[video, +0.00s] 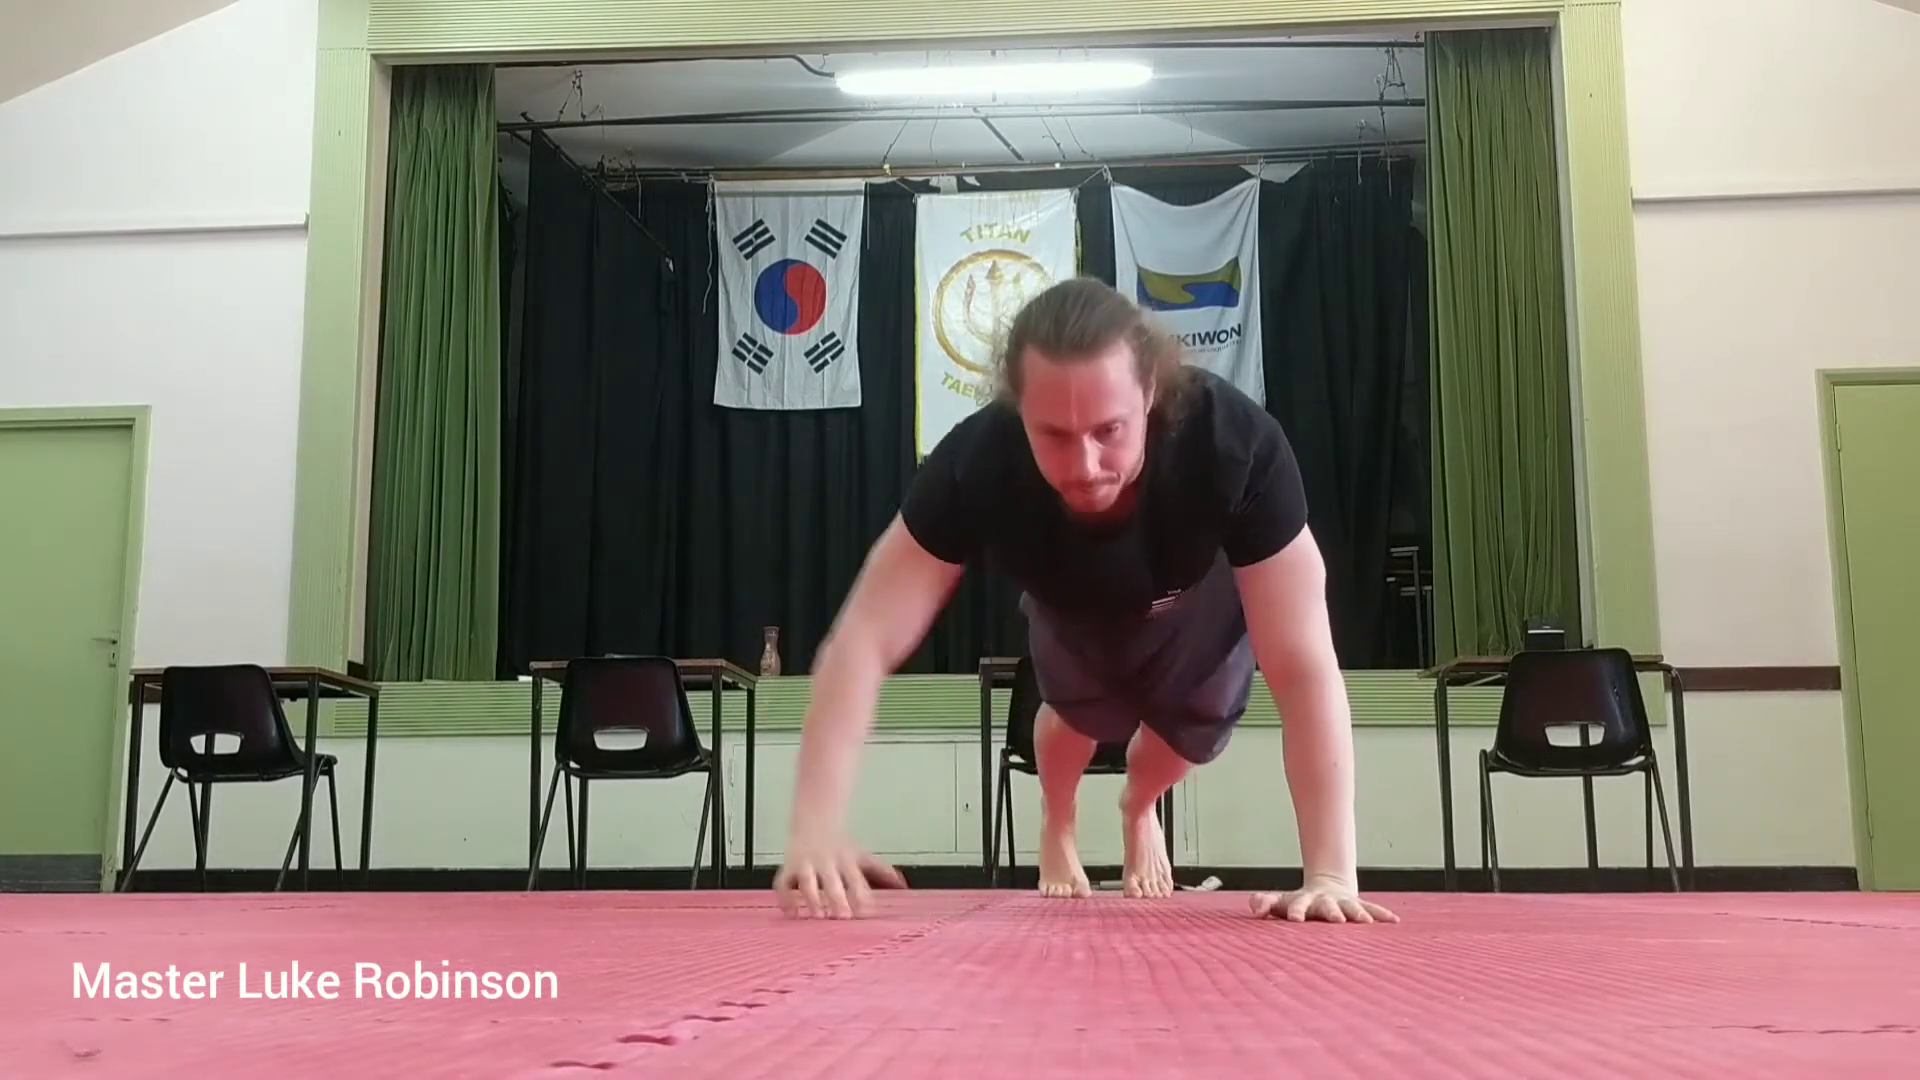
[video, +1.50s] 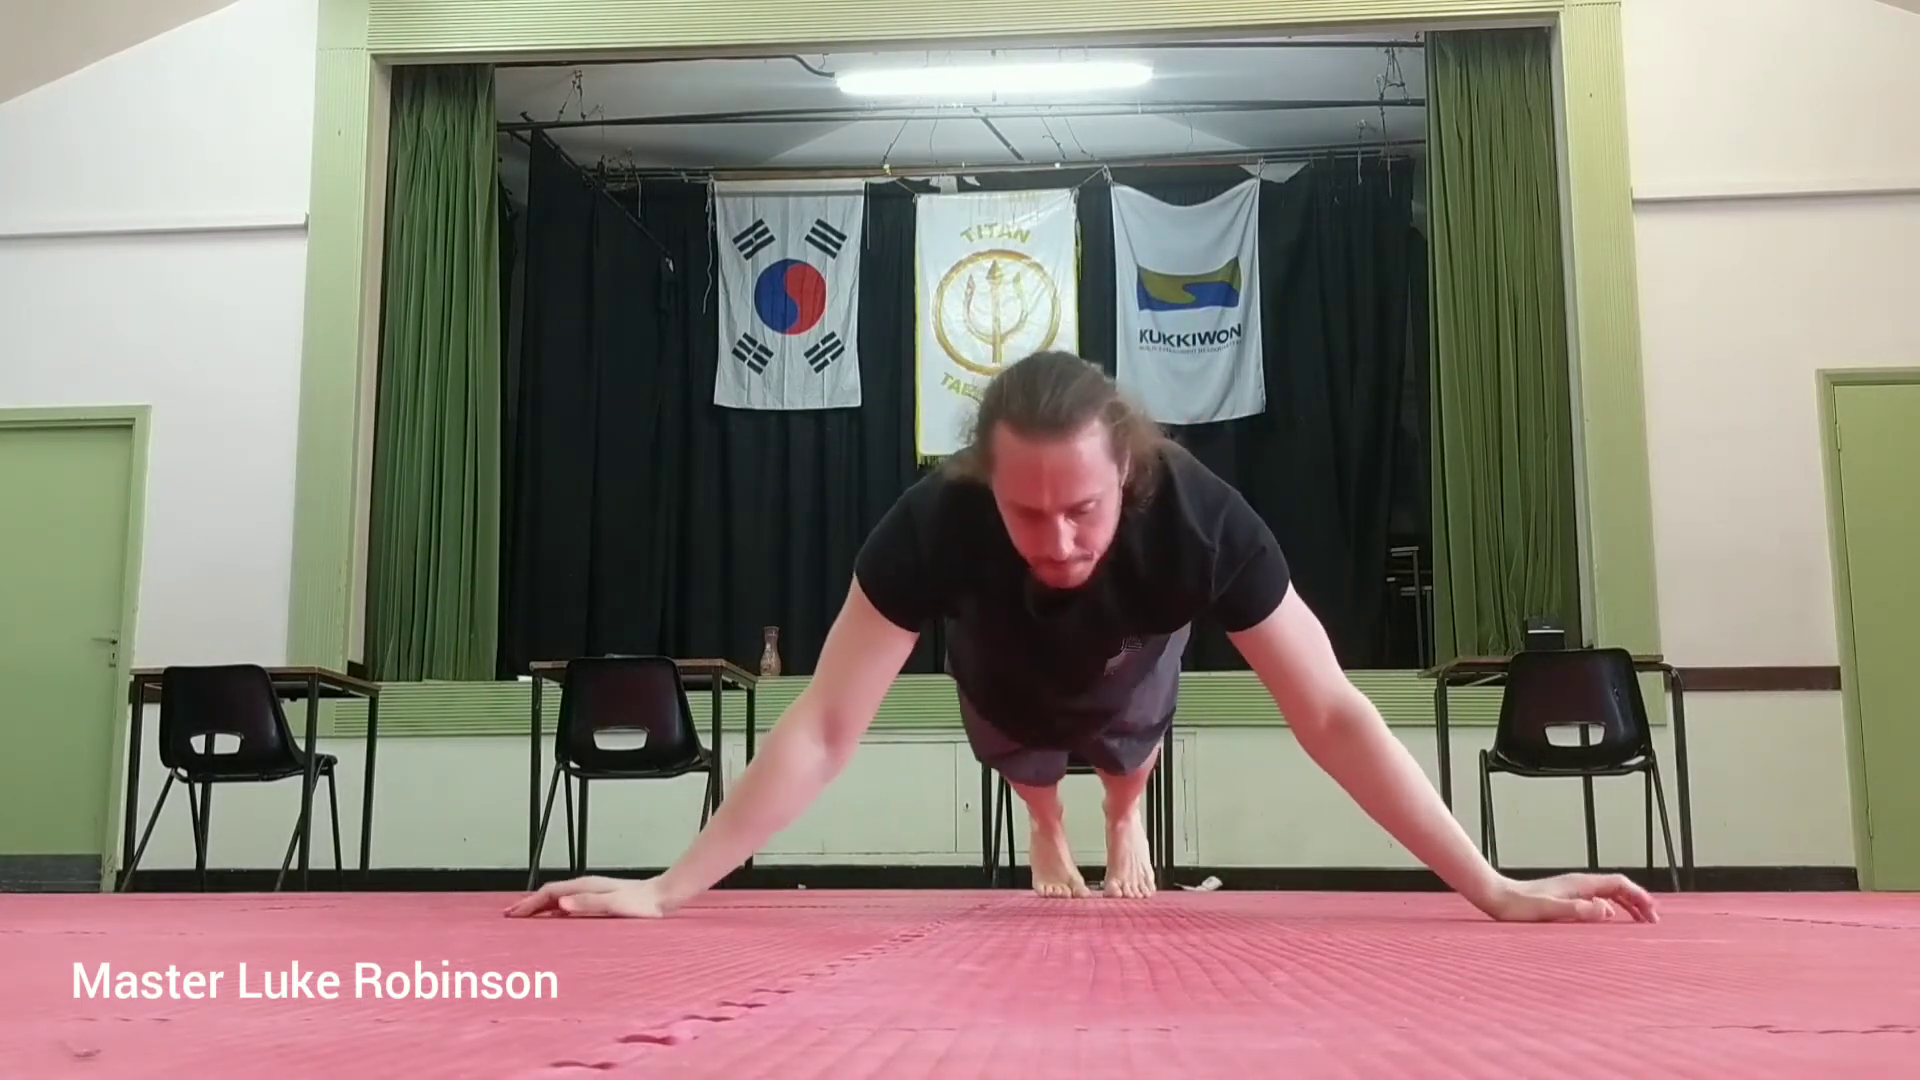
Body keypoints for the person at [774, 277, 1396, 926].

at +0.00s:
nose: (1084, 463)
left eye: (1108, 431)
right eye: (1055, 435)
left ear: (1150, 397)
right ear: (1020, 408)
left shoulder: (1236, 450)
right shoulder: (979, 465)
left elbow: (1305, 670)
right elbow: (861, 641)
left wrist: (1330, 875)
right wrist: (814, 837)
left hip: (1202, 610)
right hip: (1071, 615)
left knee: (1180, 742)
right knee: (1073, 725)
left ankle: (1139, 809)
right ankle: (1059, 828)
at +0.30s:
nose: (1062, 521)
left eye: (1082, 489)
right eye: (1033, 497)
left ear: (1121, 448)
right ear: (989, 469)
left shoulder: (1199, 468)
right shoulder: (944, 518)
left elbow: (1291, 678)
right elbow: (832, 719)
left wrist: (1331, 873)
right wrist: (686, 886)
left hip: (1170, 633)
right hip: (1054, 637)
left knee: (1150, 729)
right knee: (1056, 727)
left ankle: (1124, 827)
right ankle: (1058, 843)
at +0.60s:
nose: (1002, 508)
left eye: (1021, 476)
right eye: (973, 485)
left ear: (1060, 433)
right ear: (928, 458)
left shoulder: (1136, 479)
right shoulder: (880, 506)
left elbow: (1278, 655)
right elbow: (805, 707)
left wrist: (1372, 845)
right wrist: (688, 880)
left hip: (1081, 641)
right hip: (963, 661)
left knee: (1099, 747)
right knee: (1012, 751)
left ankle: (1120, 840)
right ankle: (1049, 838)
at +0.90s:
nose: (1083, 554)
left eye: (1104, 531)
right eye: (1054, 534)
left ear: (1145, 489)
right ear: (1010, 503)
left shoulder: (1216, 524)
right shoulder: (948, 543)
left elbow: (1345, 708)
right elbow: (830, 731)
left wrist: (1471, 880)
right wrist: (687, 887)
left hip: (1130, 666)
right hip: (1006, 688)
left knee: (1119, 748)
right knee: (1025, 760)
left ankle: (1121, 843)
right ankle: (1045, 841)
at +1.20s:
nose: (1095, 536)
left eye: (1119, 513)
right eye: (1068, 516)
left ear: (1160, 474)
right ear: (1020, 481)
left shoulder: (1222, 516)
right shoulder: (950, 524)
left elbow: (1344, 707)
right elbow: (822, 717)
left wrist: (1476, 882)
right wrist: (670, 881)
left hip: (1145, 671)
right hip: (1024, 676)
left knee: (1132, 757)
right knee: (1046, 761)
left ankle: (1130, 843)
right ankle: (1051, 851)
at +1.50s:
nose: (1056, 539)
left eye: (1079, 512)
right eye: (1028, 515)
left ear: (1127, 471)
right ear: (986, 483)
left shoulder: (1203, 530)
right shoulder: (935, 532)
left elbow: (1337, 719)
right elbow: (821, 730)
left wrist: (1490, 888)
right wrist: (668, 890)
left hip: (1132, 682)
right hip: (1013, 698)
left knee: (1127, 763)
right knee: (1037, 777)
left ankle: (1125, 842)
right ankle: (1046, 848)